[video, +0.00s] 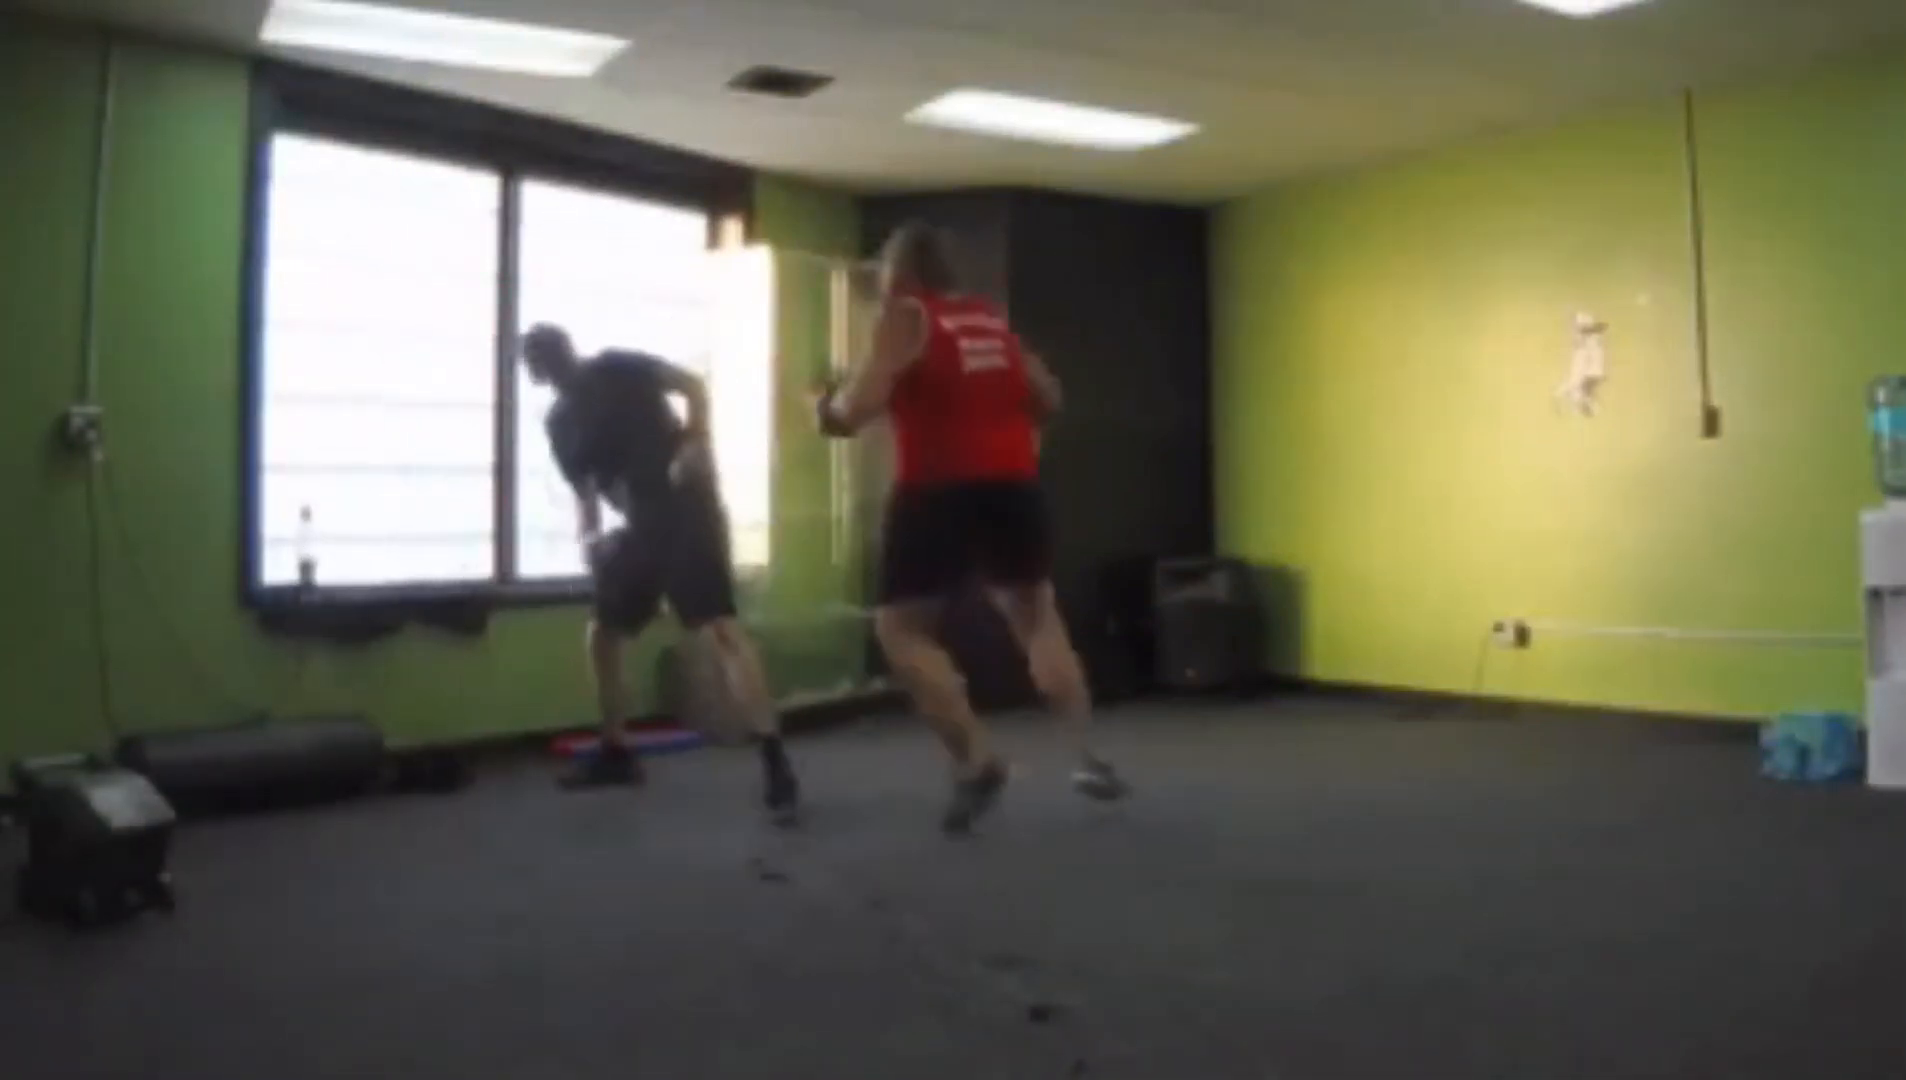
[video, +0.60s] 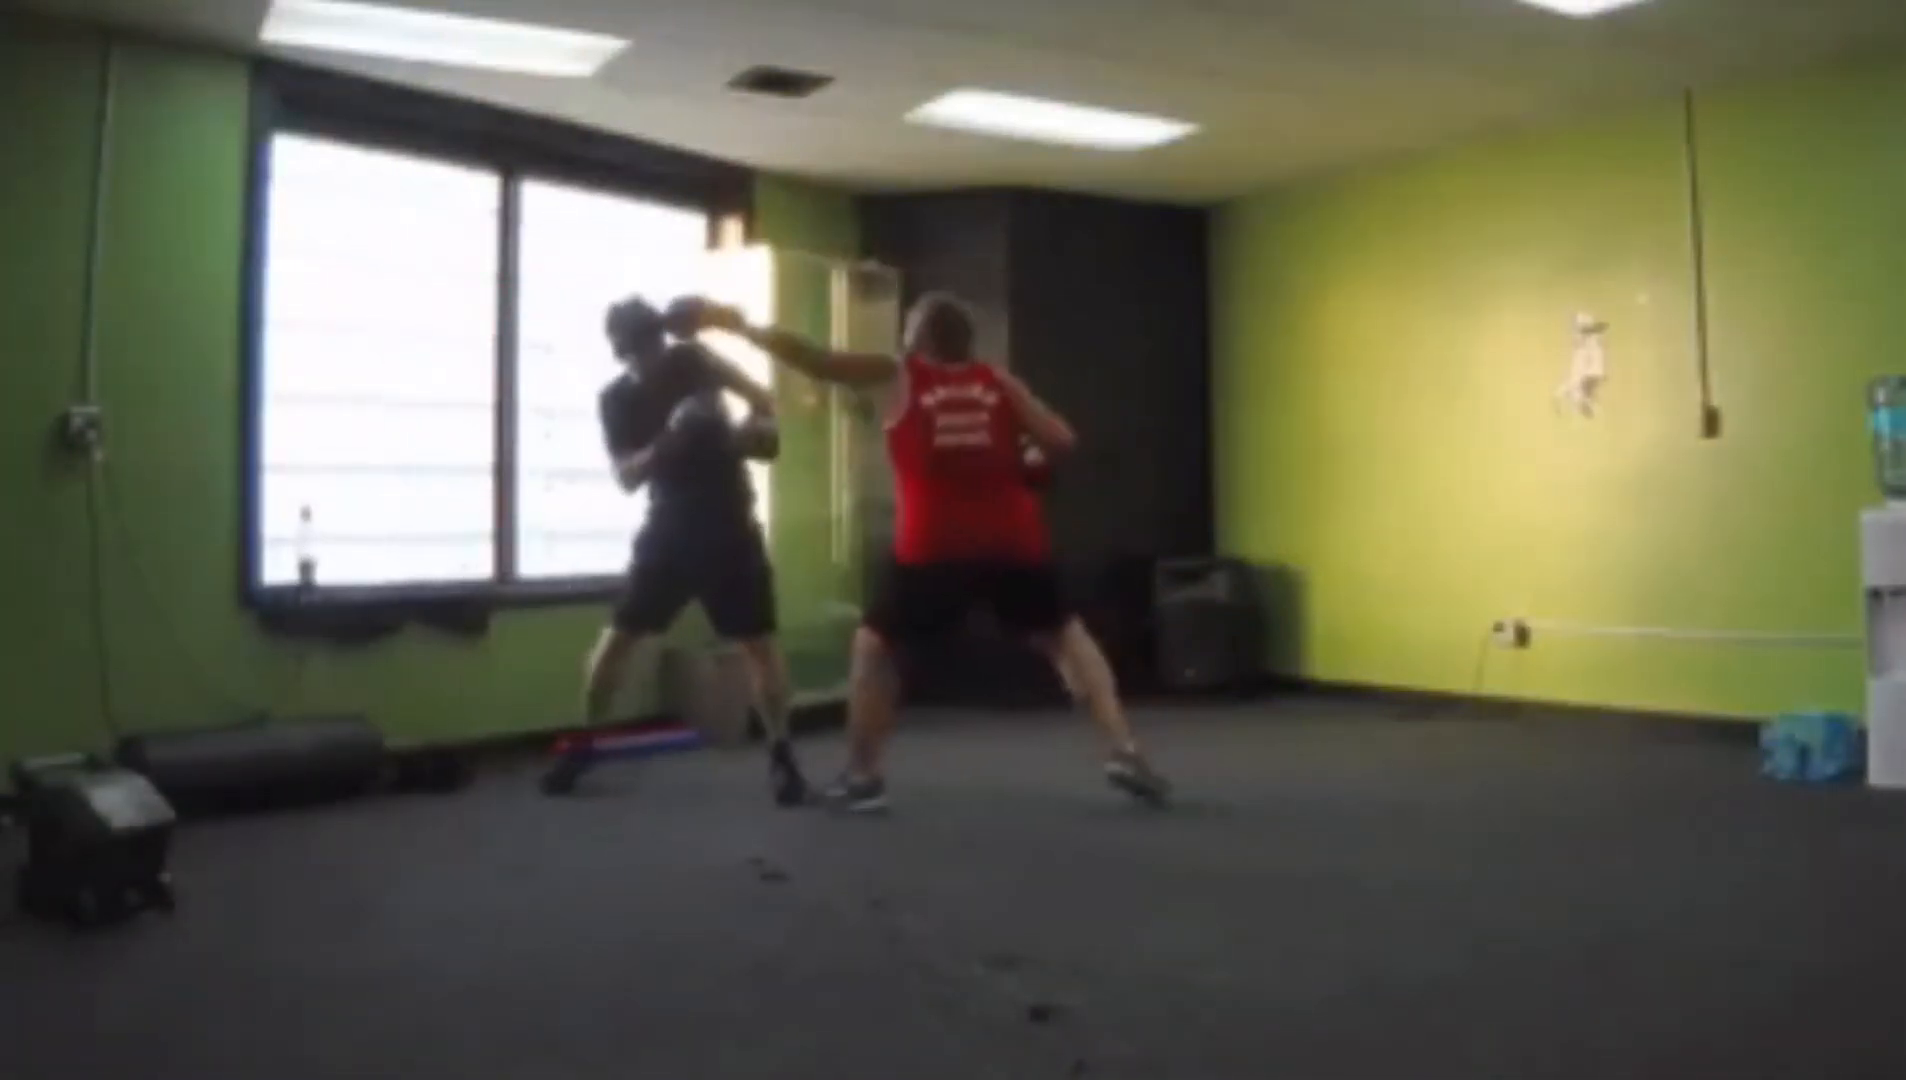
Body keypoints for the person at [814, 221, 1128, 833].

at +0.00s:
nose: (881, 283)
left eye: (884, 273)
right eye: (881, 273)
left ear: (900, 273)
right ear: (945, 270)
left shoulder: (905, 315)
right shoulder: (990, 316)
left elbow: (870, 397)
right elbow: (1047, 394)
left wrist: (835, 413)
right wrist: (1015, 428)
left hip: (936, 493)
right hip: (1012, 488)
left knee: (901, 627)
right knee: (1038, 617)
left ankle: (976, 761)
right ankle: (1087, 753)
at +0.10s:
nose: (922, 307)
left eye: (926, 295)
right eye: (924, 295)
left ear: (945, 299)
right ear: (987, 295)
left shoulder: (950, 343)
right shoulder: (1029, 338)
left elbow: (883, 409)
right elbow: (1110, 371)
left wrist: (869, 424)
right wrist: (1049, 355)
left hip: (983, 524)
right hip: (1056, 516)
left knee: (965, 657)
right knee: (1099, 641)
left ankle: (1053, 784)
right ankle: (1171, 766)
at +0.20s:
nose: (960, 346)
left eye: (966, 335)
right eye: (962, 334)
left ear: (986, 341)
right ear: (1025, 338)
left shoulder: (979, 390)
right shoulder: (1065, 375)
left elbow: (939, 444)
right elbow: (1151, 374)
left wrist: (917, 439)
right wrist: (1077, 370)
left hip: (1019, 564)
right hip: (1095, 556)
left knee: (953, 655)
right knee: (1139, 665)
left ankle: (1034, 768)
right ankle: (1197, 790)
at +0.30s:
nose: (974, 357)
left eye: (980, 346)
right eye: (976, 346)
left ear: (999, 351)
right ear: (1039, 349)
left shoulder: (992, 404)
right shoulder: (1080, 394)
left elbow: (991, 485)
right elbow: (1161, 432)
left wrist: (940, 509)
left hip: (1016, 572)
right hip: (1096, 568)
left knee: (930, 635)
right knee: (1144, 660)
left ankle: (987, 758)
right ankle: (1197, 786)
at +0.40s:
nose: (965, 348)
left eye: (970, 337)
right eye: (967, 337)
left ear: (987, 343)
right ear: (1031, 343)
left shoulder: (970, 393)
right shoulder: (1067, 392)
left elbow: (923, 457)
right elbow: (1121, 466)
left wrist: (901, 449)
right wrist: (1116, 520)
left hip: (994, 568)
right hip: (1074, 566)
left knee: (912, 631)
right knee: (1127, 665)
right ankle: (1194, 784)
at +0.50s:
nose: (936, 343)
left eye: (942, 334)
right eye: (940, 333)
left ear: (955, 340)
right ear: (998, 342)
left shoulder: (928, 382)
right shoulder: (1028, 385)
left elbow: (838, 398)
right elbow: (1078, 448)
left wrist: (818, 366)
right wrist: (1051, 485)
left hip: (954, 560)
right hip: (1039, 557)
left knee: (884, 644)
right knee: (1103, 653)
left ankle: (866, 777)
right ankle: (1180, 760)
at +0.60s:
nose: (905, 338)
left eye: (909, 331)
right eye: (910, 332)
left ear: (919, 339)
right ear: (969, 340)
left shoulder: (896, 374)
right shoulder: (998, 381)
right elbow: (1062, 438)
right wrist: (1033, 467)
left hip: (931, 554)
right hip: (1014, 552)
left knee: (874, 647)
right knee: (1065, 636)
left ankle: (863, 773)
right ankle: (1123, 750)